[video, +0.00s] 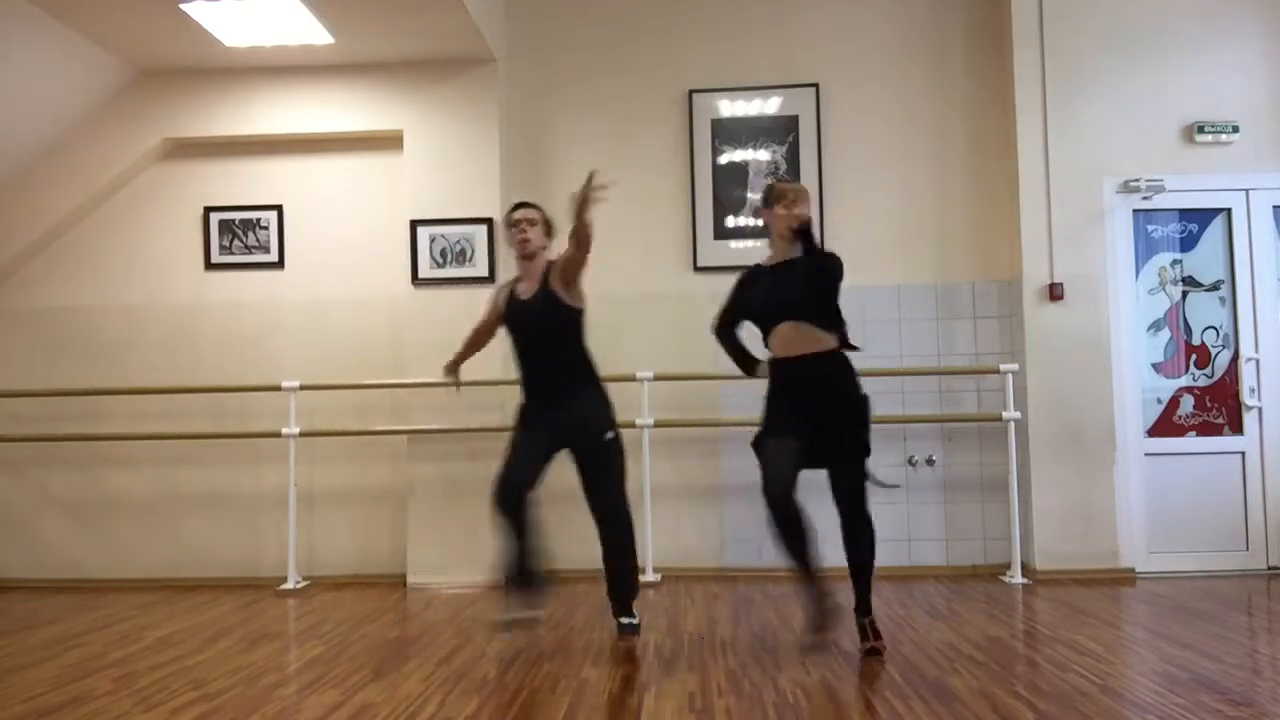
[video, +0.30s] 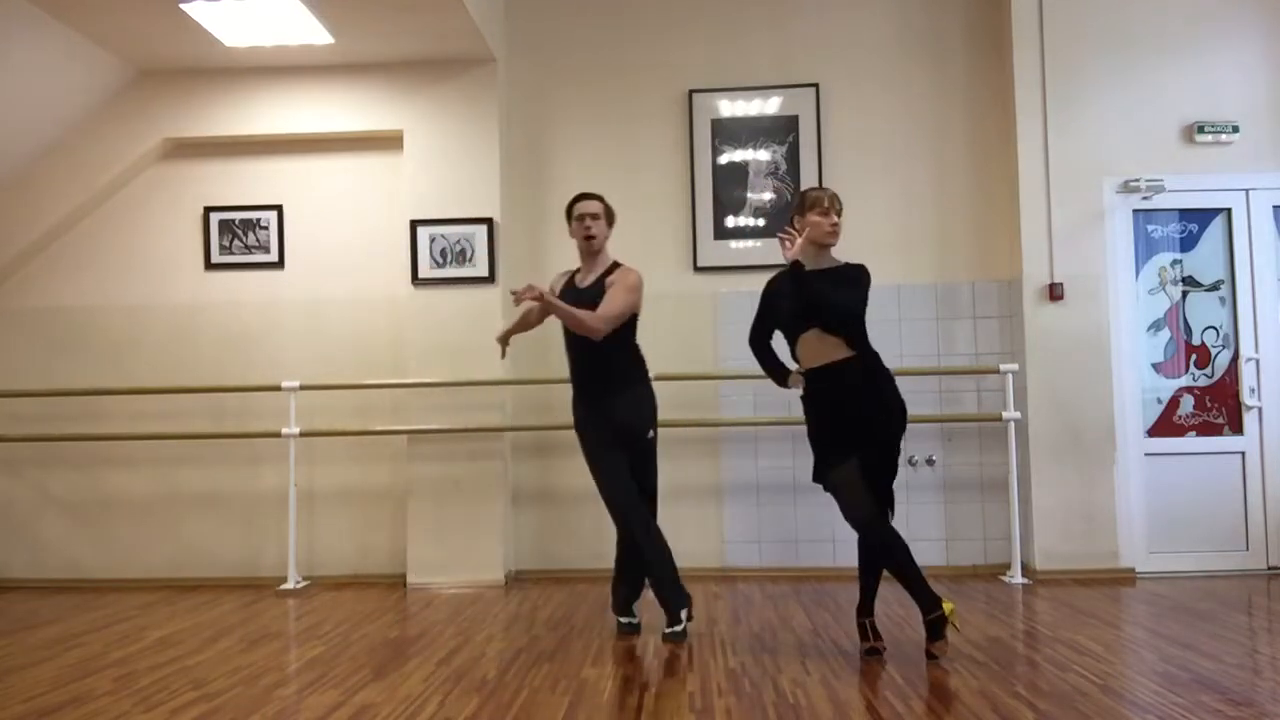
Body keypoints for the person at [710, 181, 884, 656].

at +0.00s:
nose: (795, 211)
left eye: (801, 204)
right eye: (785, 203)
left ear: (809, 216)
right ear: (766, 216)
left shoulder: (825, 265)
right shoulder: (754, 278)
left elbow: (826, 279)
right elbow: (723, 327)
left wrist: (806, 232)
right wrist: (751, 365)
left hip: (836, 388)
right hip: (787, 391)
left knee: (851, 502)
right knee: (777, 492)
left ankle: (864, 612)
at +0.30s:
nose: (831, 219)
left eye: (835, 213)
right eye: (821, 212)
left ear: (840, 224)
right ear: (796, 224)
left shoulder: (854, 273)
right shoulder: (781, 283)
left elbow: (840, 319)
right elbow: (757, 339)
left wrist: (797, 265)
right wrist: (785, 376)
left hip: (873, 393)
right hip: (824, 403)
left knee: (875, 513)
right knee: (862, 516)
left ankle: (865, 614)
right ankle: (932, 607)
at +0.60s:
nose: (849, 218)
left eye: (853, 212)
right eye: (838, 211)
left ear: (857, 222)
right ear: (816, 219)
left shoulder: (868, 264)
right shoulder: (798, 278)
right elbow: (774, 334)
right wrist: (796, 370)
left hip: (884, 388)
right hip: (834, 395)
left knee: (879, 505)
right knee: (858, 496)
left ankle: (865, 615)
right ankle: (940, 543)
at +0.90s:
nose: (847, 222)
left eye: (856, 213)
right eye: (840, 215)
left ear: (875, 218)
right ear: (834, 223)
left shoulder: (898, 277)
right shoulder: (822, 276)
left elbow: (926, 341)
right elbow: (791, 322)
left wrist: (959, 346)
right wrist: (792, 353)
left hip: (874, 387)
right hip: (825, 386)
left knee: (869, 499)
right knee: (839, 488)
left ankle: (868, 613)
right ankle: (871, 586)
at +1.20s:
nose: (832, 221)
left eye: (841, 212)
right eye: (829, 214)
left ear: (870, 215)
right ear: (831, 218)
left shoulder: (904, 263)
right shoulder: (820, 274)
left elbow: (971, 270)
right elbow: (758, 301)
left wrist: (1010, 218)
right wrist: (727, 260)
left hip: (884, 392)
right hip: (829, 381)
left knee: (870, 508)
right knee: (748, 383)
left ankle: (864, 614)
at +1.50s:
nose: (824, 225)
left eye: (833, 215)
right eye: (821, 217)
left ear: (859, 218)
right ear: (820, 223)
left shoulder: (896, 262)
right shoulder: (820, 275)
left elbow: (949, 291)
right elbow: (782, 297)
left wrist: (963, 289)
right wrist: (740, 297)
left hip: (883, 394)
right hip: (830, 388)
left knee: (868, 513)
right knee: (781, 472)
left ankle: (855, 616)